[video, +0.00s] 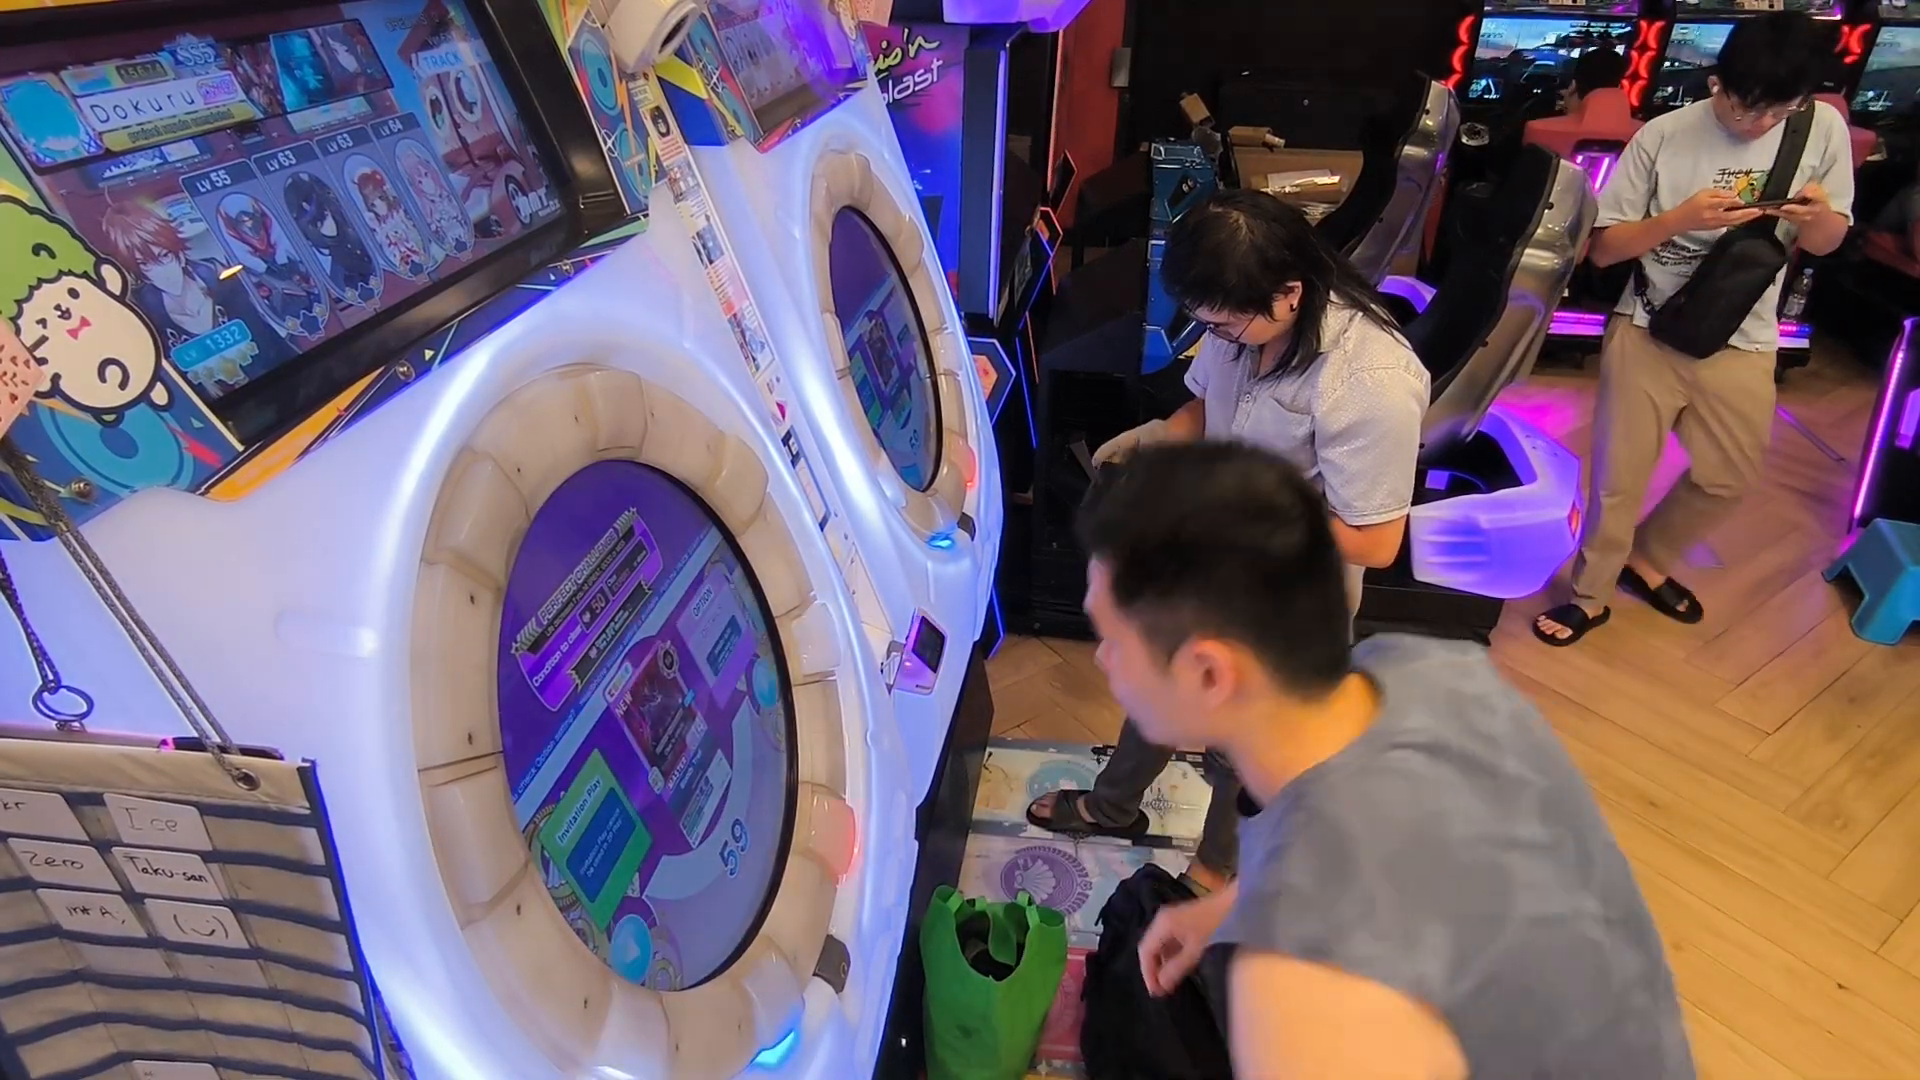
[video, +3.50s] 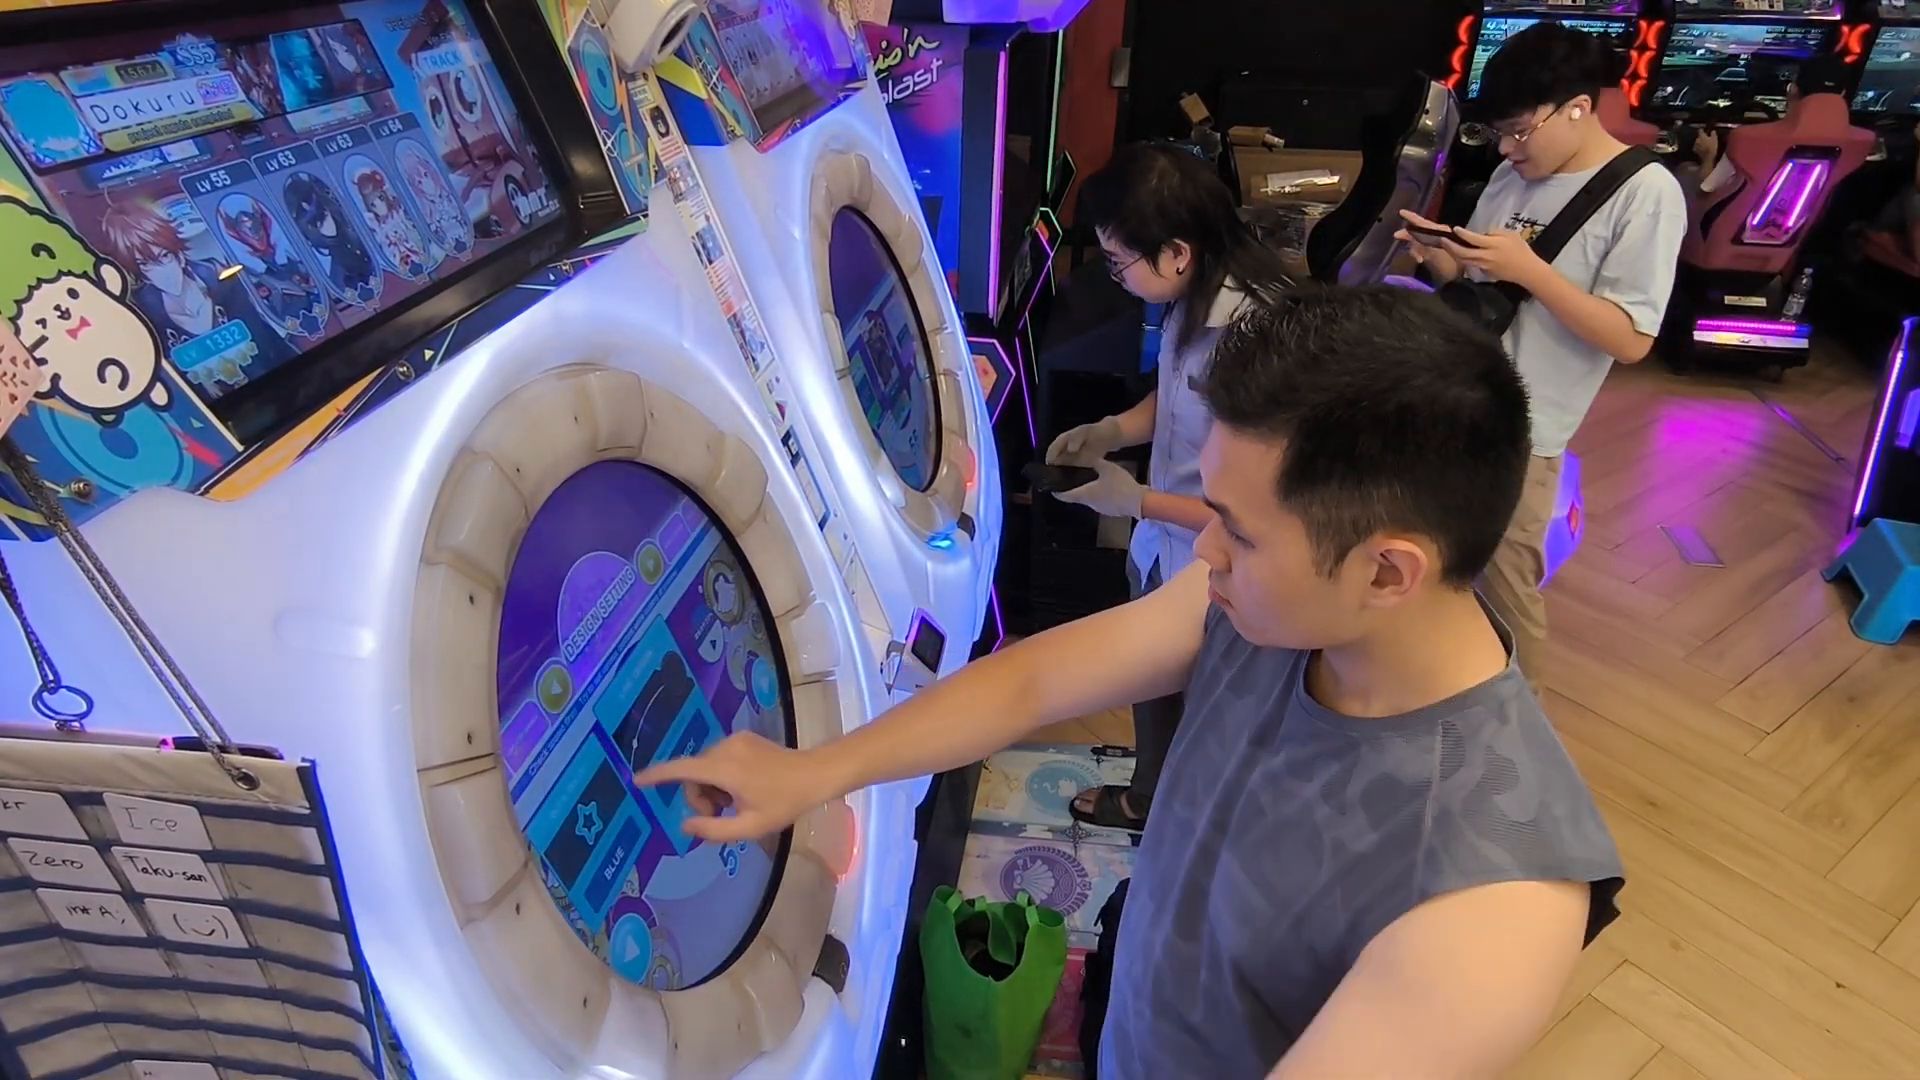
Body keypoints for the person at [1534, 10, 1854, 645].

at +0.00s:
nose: (1750, 121)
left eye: (1767, 111)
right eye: (1742, 105)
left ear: (1795, 99)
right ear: (1719, 79)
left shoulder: (1821, 130)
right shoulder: (1661, 138)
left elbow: (1826, 240)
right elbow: (1602, 247)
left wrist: (1815, 218)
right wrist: (1679, 219)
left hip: (1744, 348)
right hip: (1649, 335)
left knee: (1728, 476)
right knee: (1620, 478)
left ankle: (1646, 559)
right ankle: (1588, 595)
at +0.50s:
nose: (1770, 139)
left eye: (1790, 130)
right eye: (1758, 122)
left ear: (1823, 109)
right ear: (1739, 92)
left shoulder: (1854, 150)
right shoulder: (1686, 144)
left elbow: (1857, 269)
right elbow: (1614, 256)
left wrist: (1826, 245)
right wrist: (1686, 235)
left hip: (1749, 376)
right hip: (1652, 357)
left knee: (1707, 530)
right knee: (1615, 498)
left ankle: (1674, 670)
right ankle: (1587, 597)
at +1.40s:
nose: (1821, 165)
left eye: (1843, 154)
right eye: (1810, 145)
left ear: (1892, 134)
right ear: (1798, 115)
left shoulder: (1911, 204)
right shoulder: (1754, 166)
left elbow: (1917, 328)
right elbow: (1668, 282)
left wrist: (1861, 296)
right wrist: (1707, 274)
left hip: (1780, 437)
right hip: (1679, 397)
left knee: (1715, 570)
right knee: (1613, 553)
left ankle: (1670, 677)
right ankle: (1549, 699)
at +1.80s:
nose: (1713, 162)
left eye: (1733, 150)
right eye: (1702, 143)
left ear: (1786, 125)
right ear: (1690, 115)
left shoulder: (1847, 192)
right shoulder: (1665, 170)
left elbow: (1853, 330)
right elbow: (1588, 293)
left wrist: (1765, 287)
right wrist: (1617, 277)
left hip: (1705, 437)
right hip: (1603, 404)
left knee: (1687, 583)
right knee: (1561, 567)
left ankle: (1670, 683)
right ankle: (1537, 703)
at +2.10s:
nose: (1660, 160)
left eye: (1676, 147)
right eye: (1650, 143)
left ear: (1731, 122)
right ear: (1641, 121)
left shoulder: (1802, 192)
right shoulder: (1629, 168)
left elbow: (1806, 331)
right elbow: (1557, 282)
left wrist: (1706, 287)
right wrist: (1569, 274)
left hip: (1658, 442)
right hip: (1569, 410)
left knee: (1600, 600)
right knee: (1541, 576)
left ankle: (1585, 737)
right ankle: (1536, 713)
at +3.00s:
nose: (1593, 172)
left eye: (1607, 158)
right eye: (1587, 156)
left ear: (1671, 133)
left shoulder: (1747, 211)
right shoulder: (1606, 177)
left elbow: (1735, 363)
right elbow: (1556, 281)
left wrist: (1618, 298)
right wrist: (1524, 268)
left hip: (1604, 456)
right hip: (1531, 413)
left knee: (1555, 613)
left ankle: (1527, 717)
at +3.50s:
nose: (1507, 150)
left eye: (1519, 132)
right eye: (1500, 135)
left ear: (1579, 109)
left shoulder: (1648, 192)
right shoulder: (1510, 173)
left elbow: (1632, 337)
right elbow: (1468, 284)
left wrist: (1527, 269)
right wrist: (1437, 258)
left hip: (1525, 442)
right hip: (1446, 413)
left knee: (1504, 604)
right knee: (1416, 588)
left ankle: (1507, 739)